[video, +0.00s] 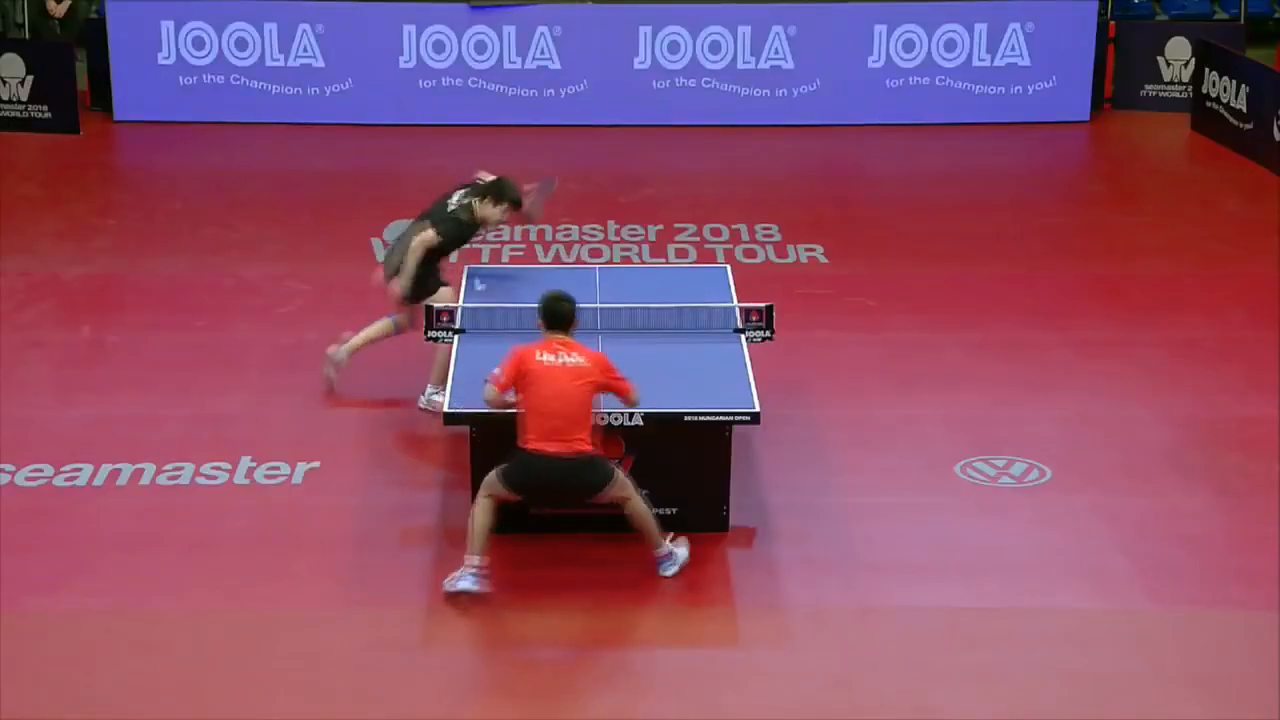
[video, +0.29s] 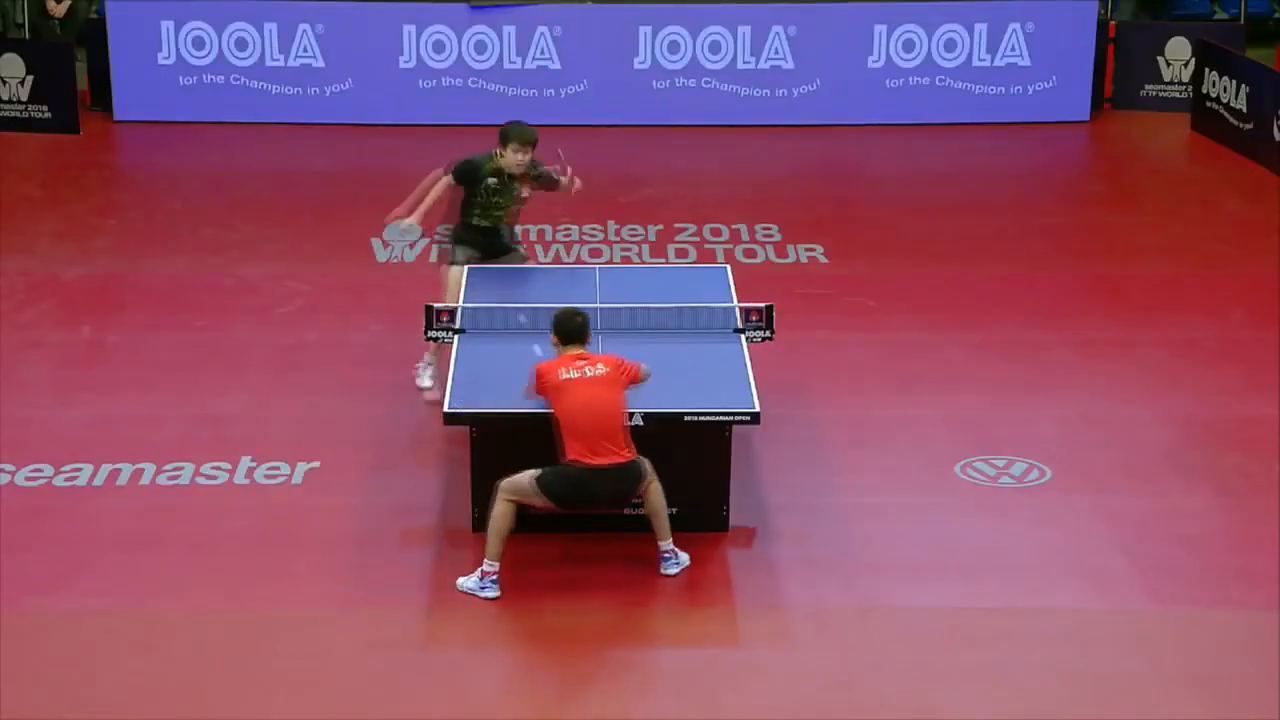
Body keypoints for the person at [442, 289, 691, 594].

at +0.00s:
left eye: (542, 317)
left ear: (541, 323)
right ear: (574, 323)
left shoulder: (523, 355)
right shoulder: (594, 360)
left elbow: (492, 397)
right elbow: (632, 398)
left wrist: (519, 401)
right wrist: (604, 381)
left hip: (532, 463)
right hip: (582, 464)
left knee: (487, 493)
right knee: (628, 495)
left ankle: (472, 571)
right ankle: (664, 554)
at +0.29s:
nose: (553, 339)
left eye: (554, 335)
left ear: (556, 339)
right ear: (587, 337)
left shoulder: (546, 371)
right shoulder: (612, 365)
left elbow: (536, 393)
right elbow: (643, 373)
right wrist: (605, 375)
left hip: (577, 479)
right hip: (623, 477)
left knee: (507, 489)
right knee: (646, 472)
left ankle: (487, 576)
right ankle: (669, 555)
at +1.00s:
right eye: (599, 330)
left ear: (564, 332)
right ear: (599, 332)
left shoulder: (543, 366)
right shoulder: (614, 370)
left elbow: (508, 415)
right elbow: (648, 410)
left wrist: (534, 422)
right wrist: (645, 429)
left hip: (544, 475)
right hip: (595, 478)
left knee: (488, 517)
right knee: (650, 522)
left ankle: (454, 593)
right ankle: (685, 601)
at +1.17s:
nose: (536, 361)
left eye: (536, 356)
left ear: (538, 357)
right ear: (569, 358)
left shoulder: (526, 394)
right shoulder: (586, 398)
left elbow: (498, 433)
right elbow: (596, 449)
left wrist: (536, 432)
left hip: (526, 509)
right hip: (576, 508)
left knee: (480, 550)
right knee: (635, 539)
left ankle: (443, 622)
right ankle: (685, 609)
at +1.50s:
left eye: (443, 361)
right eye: (481, 359)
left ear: (444, 367)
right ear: (479, 365)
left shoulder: (434, 417)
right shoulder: (503, 401)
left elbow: (423, 477)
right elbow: (561, 408)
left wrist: (410, 492)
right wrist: (578, 370)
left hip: (461, 524)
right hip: (512, 518)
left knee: (393, 557)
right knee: (554, 539)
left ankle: (356, 642)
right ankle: (587, 616)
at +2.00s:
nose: (529, 376)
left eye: (530, 371)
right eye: (561, 375)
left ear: (532, 375)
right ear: (567, 376)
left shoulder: (522, 415)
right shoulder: (583, 411)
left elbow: (476, 460)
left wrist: (437, 439)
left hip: (530, 532)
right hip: (578, 534)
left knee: (462, 556)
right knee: (635, 566)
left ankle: (429, 644)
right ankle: (678, 649)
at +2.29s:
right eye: (512, 358)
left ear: (478, 364)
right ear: (516, 363)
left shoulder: (461, 410)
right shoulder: (538, 404)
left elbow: (422, 461)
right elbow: (593, 415)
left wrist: (416, 446)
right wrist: (619, 385)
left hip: (479, 527)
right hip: (532, 527)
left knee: (424, 573)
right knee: (592, 576)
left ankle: (398, 664)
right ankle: (623, 667)